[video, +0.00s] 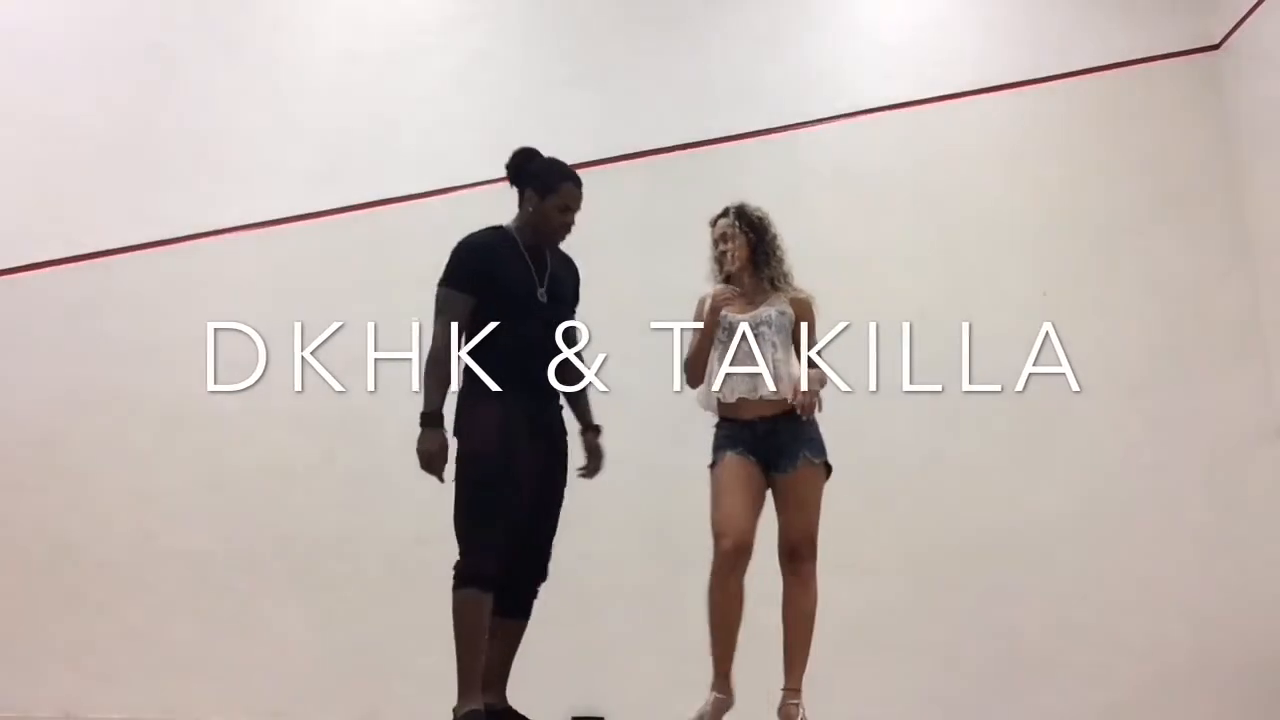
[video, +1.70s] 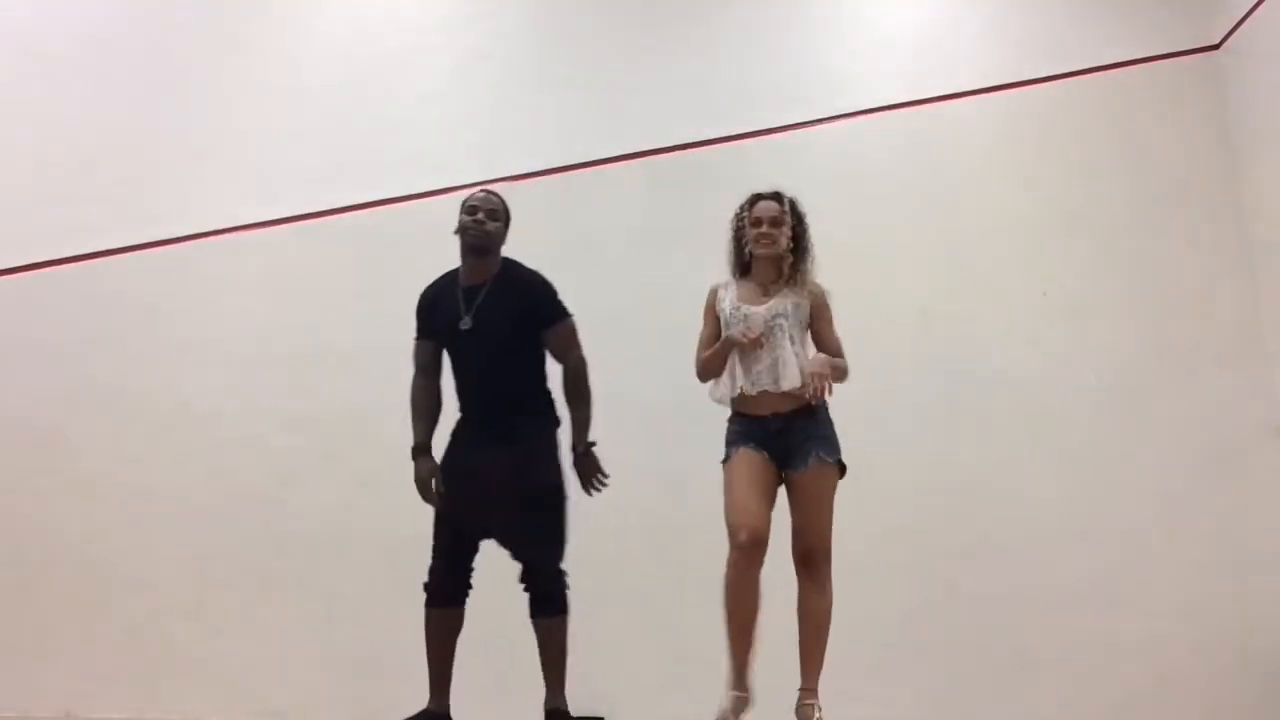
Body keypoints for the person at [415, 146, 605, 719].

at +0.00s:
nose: (573, 221)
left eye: (577, 210)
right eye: (565, 209)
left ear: (565, 208)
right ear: (528, 201)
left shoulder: (564, 269)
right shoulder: (479, 251)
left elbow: (566, 356)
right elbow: (445, 341)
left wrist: (588, 425)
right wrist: (433, 421)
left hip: (544, 432)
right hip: (487, 427)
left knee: (527, 563)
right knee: (482, 556)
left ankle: (495, 696)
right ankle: (469, 699)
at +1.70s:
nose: (479, 219)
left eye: (491, 215)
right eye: (471, 212)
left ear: (505, 233)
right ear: (457, 227)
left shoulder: (531, 288)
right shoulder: (437, 297)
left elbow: (574, 362)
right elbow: (426, 377)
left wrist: (581, 442)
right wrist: (422, 449)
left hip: (531, 449)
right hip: (469, 448)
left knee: (544, 577)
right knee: (445, 577)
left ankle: (556, 703)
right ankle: (438, 704)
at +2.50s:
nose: (501, 210)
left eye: (512, 207)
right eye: (491, 206)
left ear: (526, 230)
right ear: (476, 228)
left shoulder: (543, 300)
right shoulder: (448, 272)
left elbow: (559, 377)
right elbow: (403, 346)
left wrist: (515, 390)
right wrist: (378, 419)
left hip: (504, 456)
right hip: (438, 452)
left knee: (497, 577)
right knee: (425, 569)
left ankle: (465, 703)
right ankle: (432, 689)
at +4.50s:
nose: (520, 204)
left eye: (531, 197)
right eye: (511, 196)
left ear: (546, 208)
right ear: (496, 206)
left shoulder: (572, 276)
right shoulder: (464, 268)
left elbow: (589, 344)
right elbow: (441, 348)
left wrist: (592, 353)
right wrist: (422, 405)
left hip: (549, 438)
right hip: (481, 434)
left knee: (534, 573)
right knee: (467, 553)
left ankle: (514, 703)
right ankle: (474, 671)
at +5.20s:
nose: (480, 231)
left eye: (490, 221)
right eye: (471, 222)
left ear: (510, 220)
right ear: (462, 224)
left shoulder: (543, 274)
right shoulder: (447, 290)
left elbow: (571, 357)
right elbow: (435, 372)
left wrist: (567, 432)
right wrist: (416, 445)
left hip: (518, 446)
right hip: (457, 446)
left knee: (497, 565)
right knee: (458, 569)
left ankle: (472, 697)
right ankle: (472, 697)